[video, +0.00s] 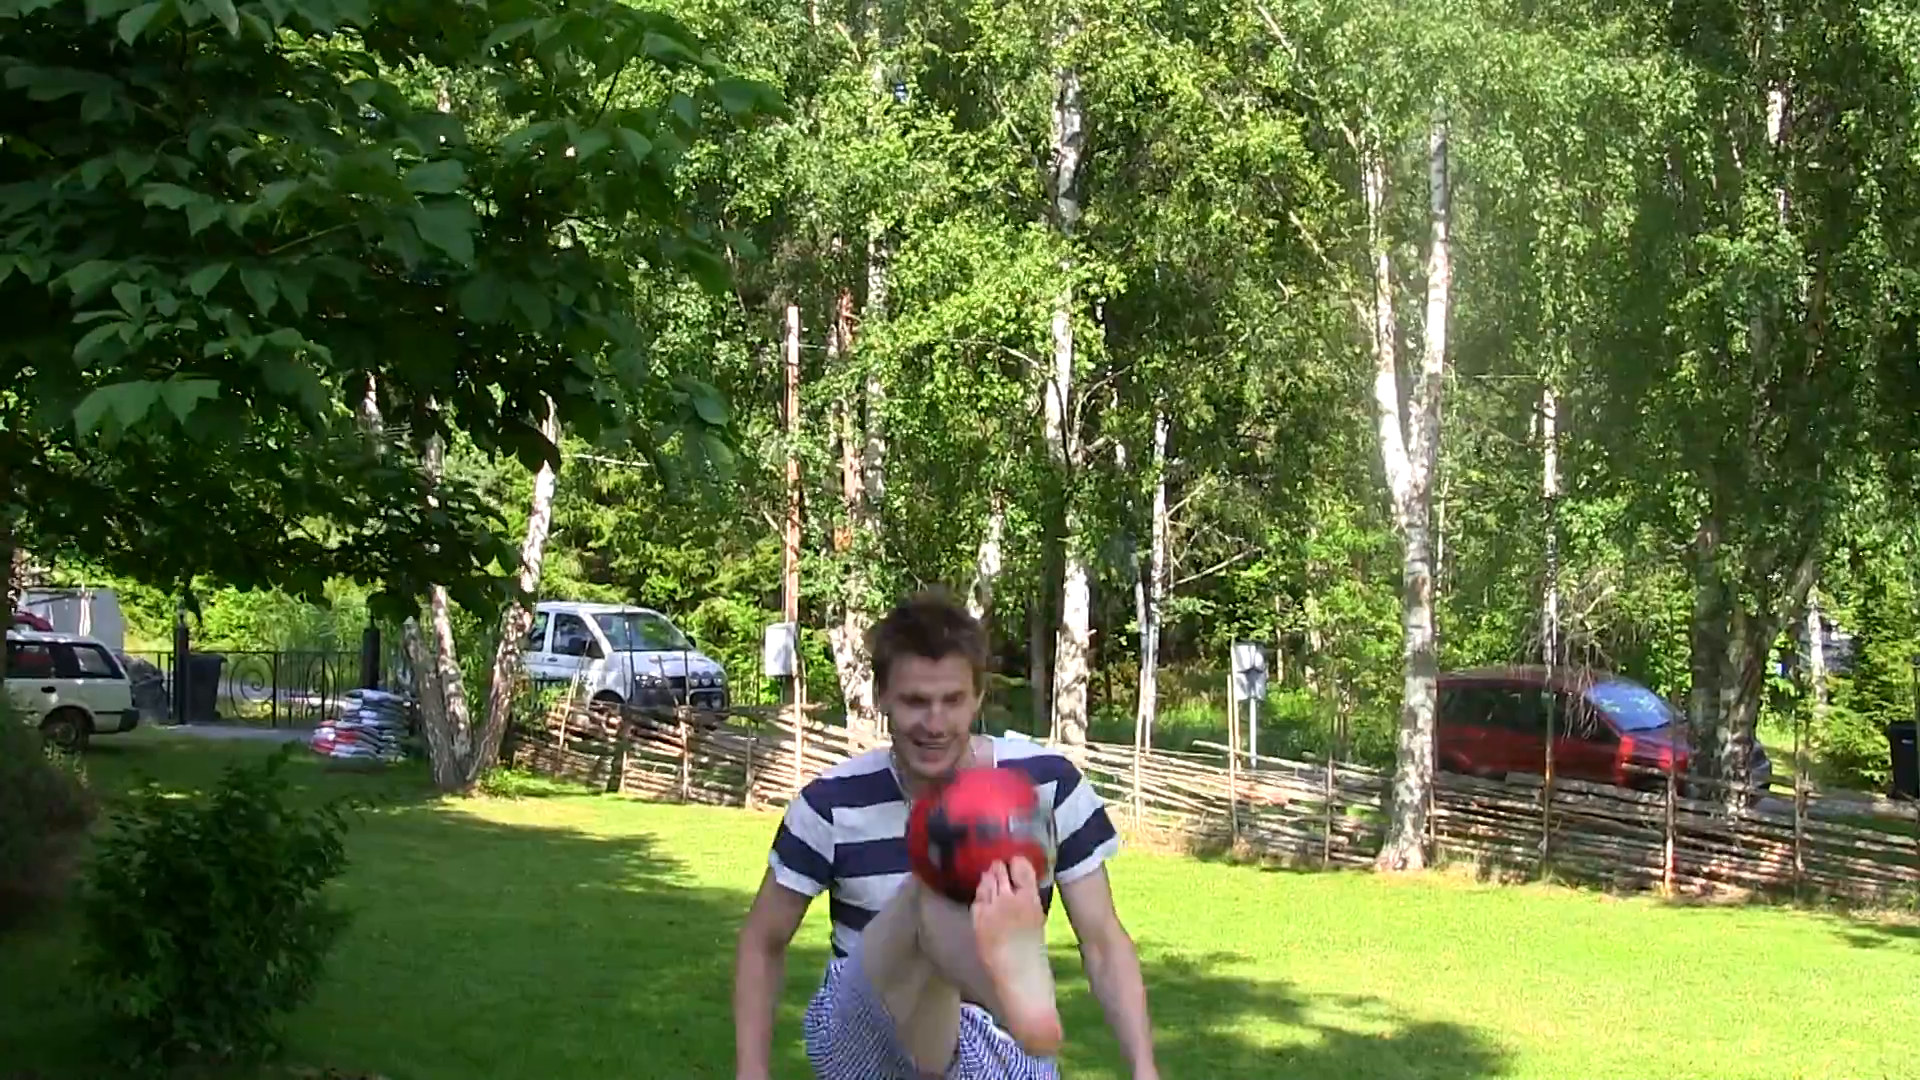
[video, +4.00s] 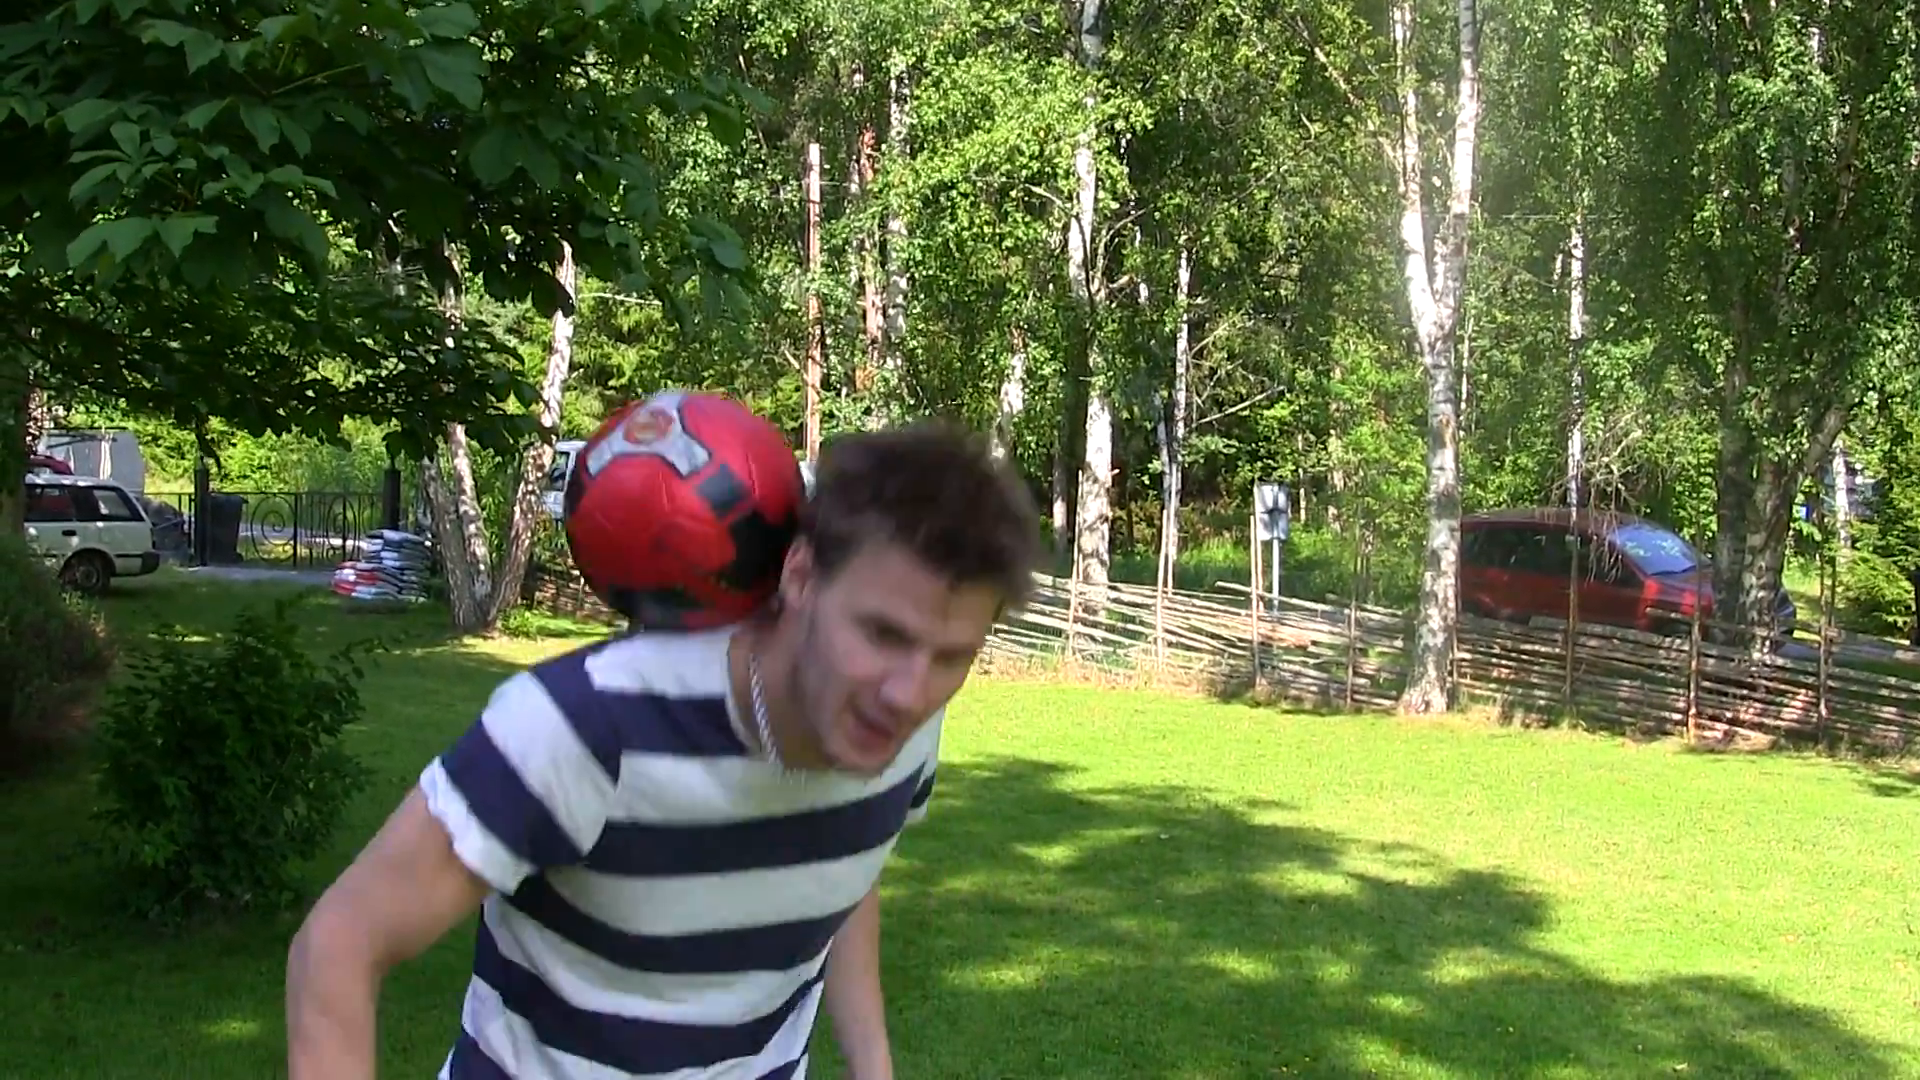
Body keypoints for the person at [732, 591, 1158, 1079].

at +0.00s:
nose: (935, 723)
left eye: (954, 700)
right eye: (914, 702)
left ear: (979, 697)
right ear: (881, 700)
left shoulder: (1048, 782)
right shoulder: (832, 803)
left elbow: (1105, 944)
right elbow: (764, 944)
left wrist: (1145, 1067)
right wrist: (753, 1071)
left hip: (1000, 1045)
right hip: (871, 1049)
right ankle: (1019, 988)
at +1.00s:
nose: (996, 663)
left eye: (1020, 661)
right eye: (978, 662)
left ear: (1046, 719)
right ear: (953, 708)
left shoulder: (1054, 861)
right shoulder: (859, 781)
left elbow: (998, 995)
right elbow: (742, 869)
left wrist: (989, 1077)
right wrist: (681, 1012)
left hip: (913, 1067)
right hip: (779, 1053)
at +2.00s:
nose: (808, 643)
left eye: (829, 620)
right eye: (787, 619)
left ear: (858, 630)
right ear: (754, 627)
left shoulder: (939, 739)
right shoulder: (704, 756)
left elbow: (984, 918)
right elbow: (669, 922)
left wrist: (958, 1059)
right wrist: (653, 1056)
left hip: (924, 1049)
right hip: (782, 1053)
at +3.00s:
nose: (889, 948)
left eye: (912, 918)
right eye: (862, 921)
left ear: (946, 868)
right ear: (822, 871)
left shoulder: (1045, 885)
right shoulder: (770, 857)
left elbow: (1112, 943)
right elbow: (708, 842)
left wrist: (1143, 1057)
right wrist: (699, 1020)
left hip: (1009, 1020)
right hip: (843, 1017)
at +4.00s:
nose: (904, 695)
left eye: (949, 659)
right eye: (882, 635)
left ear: (978, 651)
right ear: (801, 582)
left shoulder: (908, 738)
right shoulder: (581, 722)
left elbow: (847, 889)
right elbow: (336, 945)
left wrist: (872, 1068)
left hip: (766, 1071)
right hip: (534, 1072)